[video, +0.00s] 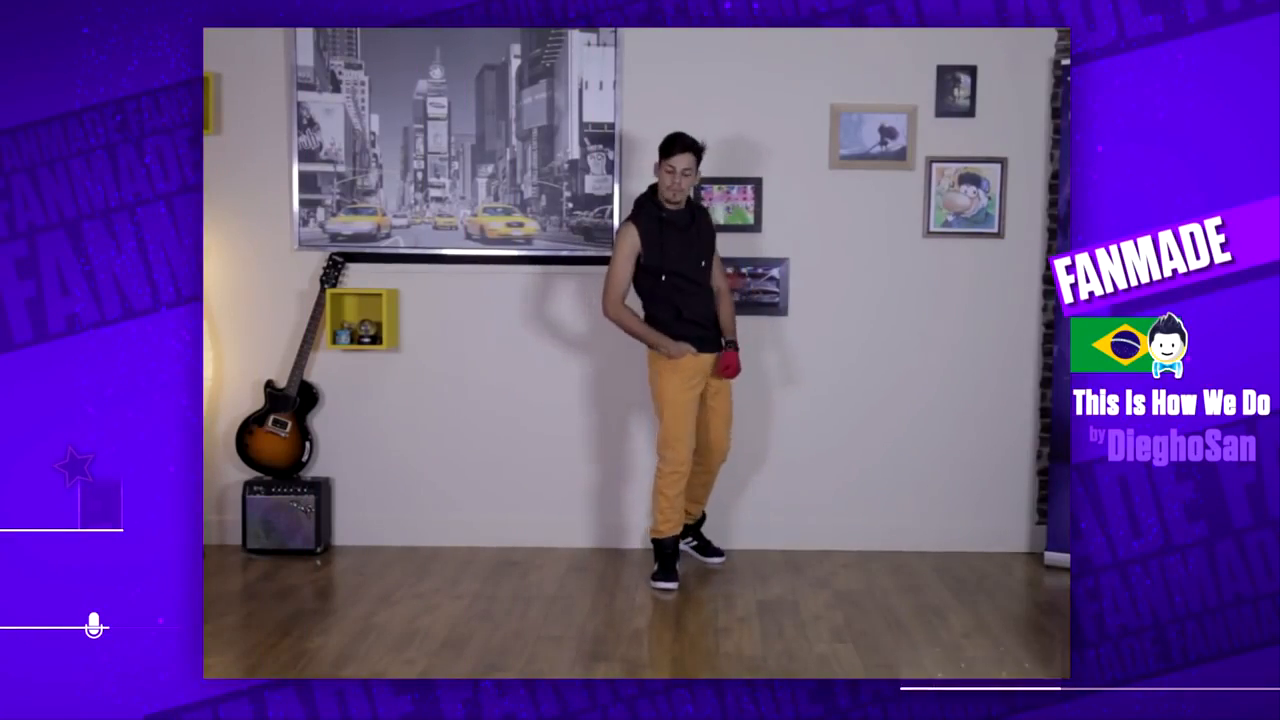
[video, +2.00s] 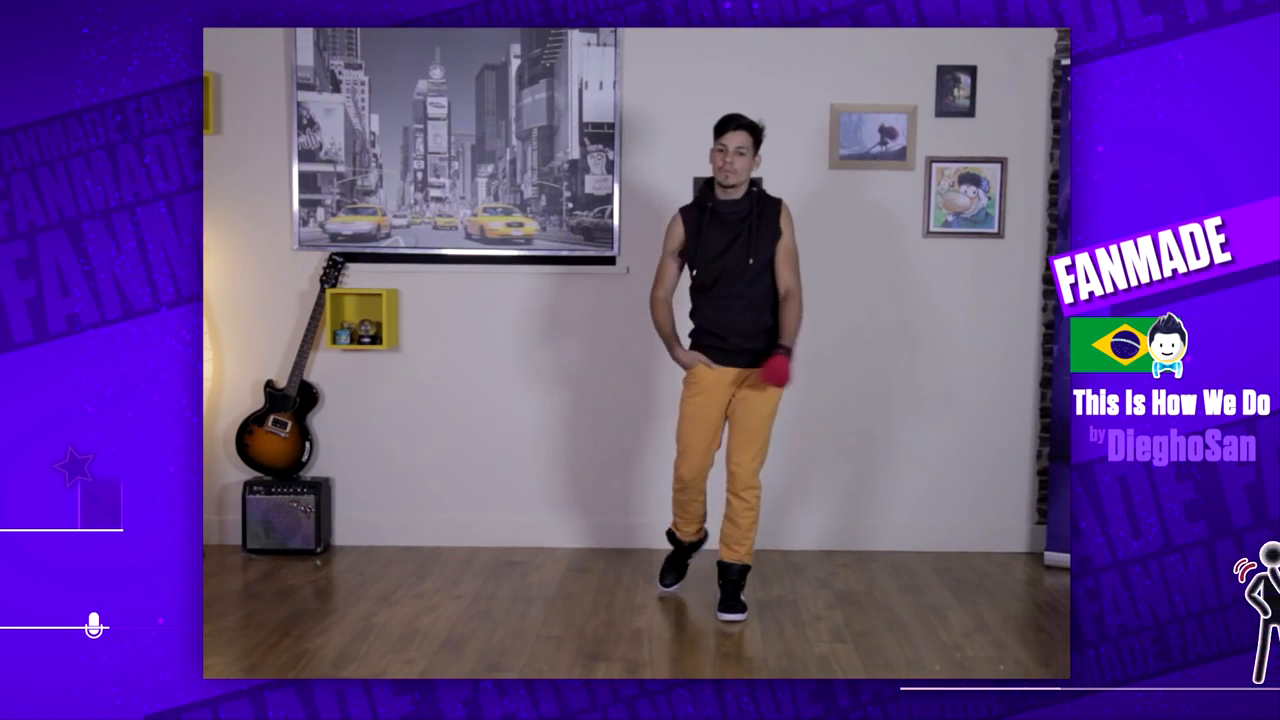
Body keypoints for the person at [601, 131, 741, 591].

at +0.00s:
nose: (677, 181)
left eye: (687, 173)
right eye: (670, 171)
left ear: (697, 177)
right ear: (657, 170)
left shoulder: (702, 221)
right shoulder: (636, 228)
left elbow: (720, 286)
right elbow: (612, 304)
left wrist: (730, 341)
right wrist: (666, 345)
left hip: (715, 353)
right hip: (674, 356)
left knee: (715, 448)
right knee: (676, 455)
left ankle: (689, 527)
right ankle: (664, 552)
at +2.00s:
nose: (729, 160)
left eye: (740, 153)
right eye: (722, 150)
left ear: (755, 161)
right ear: (711, 155)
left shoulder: (775, 215)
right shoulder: (688, 219)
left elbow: (790, 290)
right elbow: (660, 294)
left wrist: (784, 350)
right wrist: (676, 349)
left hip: (762, 368)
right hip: (707, 364)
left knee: (744, 477)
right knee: (688, 470)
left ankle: (734, 577)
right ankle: (686, 541)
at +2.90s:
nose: (707, 153)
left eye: (719, 145)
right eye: (700, 144)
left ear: (736, 155)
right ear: (690, 151)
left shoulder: (753, 226)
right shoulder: (658, 209)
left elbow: (767, 307)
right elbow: (625, 289)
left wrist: (747, 331)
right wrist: (650, 352)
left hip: (736, 376)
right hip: (677, 374)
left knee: (751, 483)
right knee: (661, 488)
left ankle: (737, 579)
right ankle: (643, 597)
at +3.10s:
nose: (690, 162)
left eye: (702, 153)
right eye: (682, 152)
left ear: (717, 161)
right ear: (669, 158)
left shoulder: (740, 211)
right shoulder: (650, 222)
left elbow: (747, 289)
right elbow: (610, 298)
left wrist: (692, 239)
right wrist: (645, 355)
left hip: (736, 375)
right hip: (673, 375)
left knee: (763, 488)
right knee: (660, 490)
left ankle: (786, 598)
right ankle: (644, 600)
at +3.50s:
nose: (769, 161)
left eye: (779, 152)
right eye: (760, 151)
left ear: (790, 157)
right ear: (741, 152)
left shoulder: (799, 215)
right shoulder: (712, 210)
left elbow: (784, 281)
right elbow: (696, 287)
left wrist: (760, 212)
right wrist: (684, 347)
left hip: (767, 384)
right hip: (704, 379)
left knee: (784, 498)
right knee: (678, 497)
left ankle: (801, 606)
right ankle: (670, 605)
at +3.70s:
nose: (765, 167)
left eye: (778, 159)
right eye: (759, 156)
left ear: (799, 162)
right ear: (749, 155)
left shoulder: (805, 229)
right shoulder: (712, 207)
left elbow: (792, 291)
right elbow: (668, 283)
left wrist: (765, 221)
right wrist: (682, 354)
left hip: (772, 381)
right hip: (708, 376)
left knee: (784, 495)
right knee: (678, 495)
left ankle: (801, 605)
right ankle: (663, 603)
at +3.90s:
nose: (741, 172)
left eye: (753, 165)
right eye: (736, 161)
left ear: (776, 170)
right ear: (728, 160)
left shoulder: (778, 231)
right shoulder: (696, 206)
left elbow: (779, 299)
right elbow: (650, 286)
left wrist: (745, 237)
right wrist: (673, 361)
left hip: (759, 381)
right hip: (696, 380)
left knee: (774, 491)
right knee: (669, 496)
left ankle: (797, 602)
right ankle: (648, 601)